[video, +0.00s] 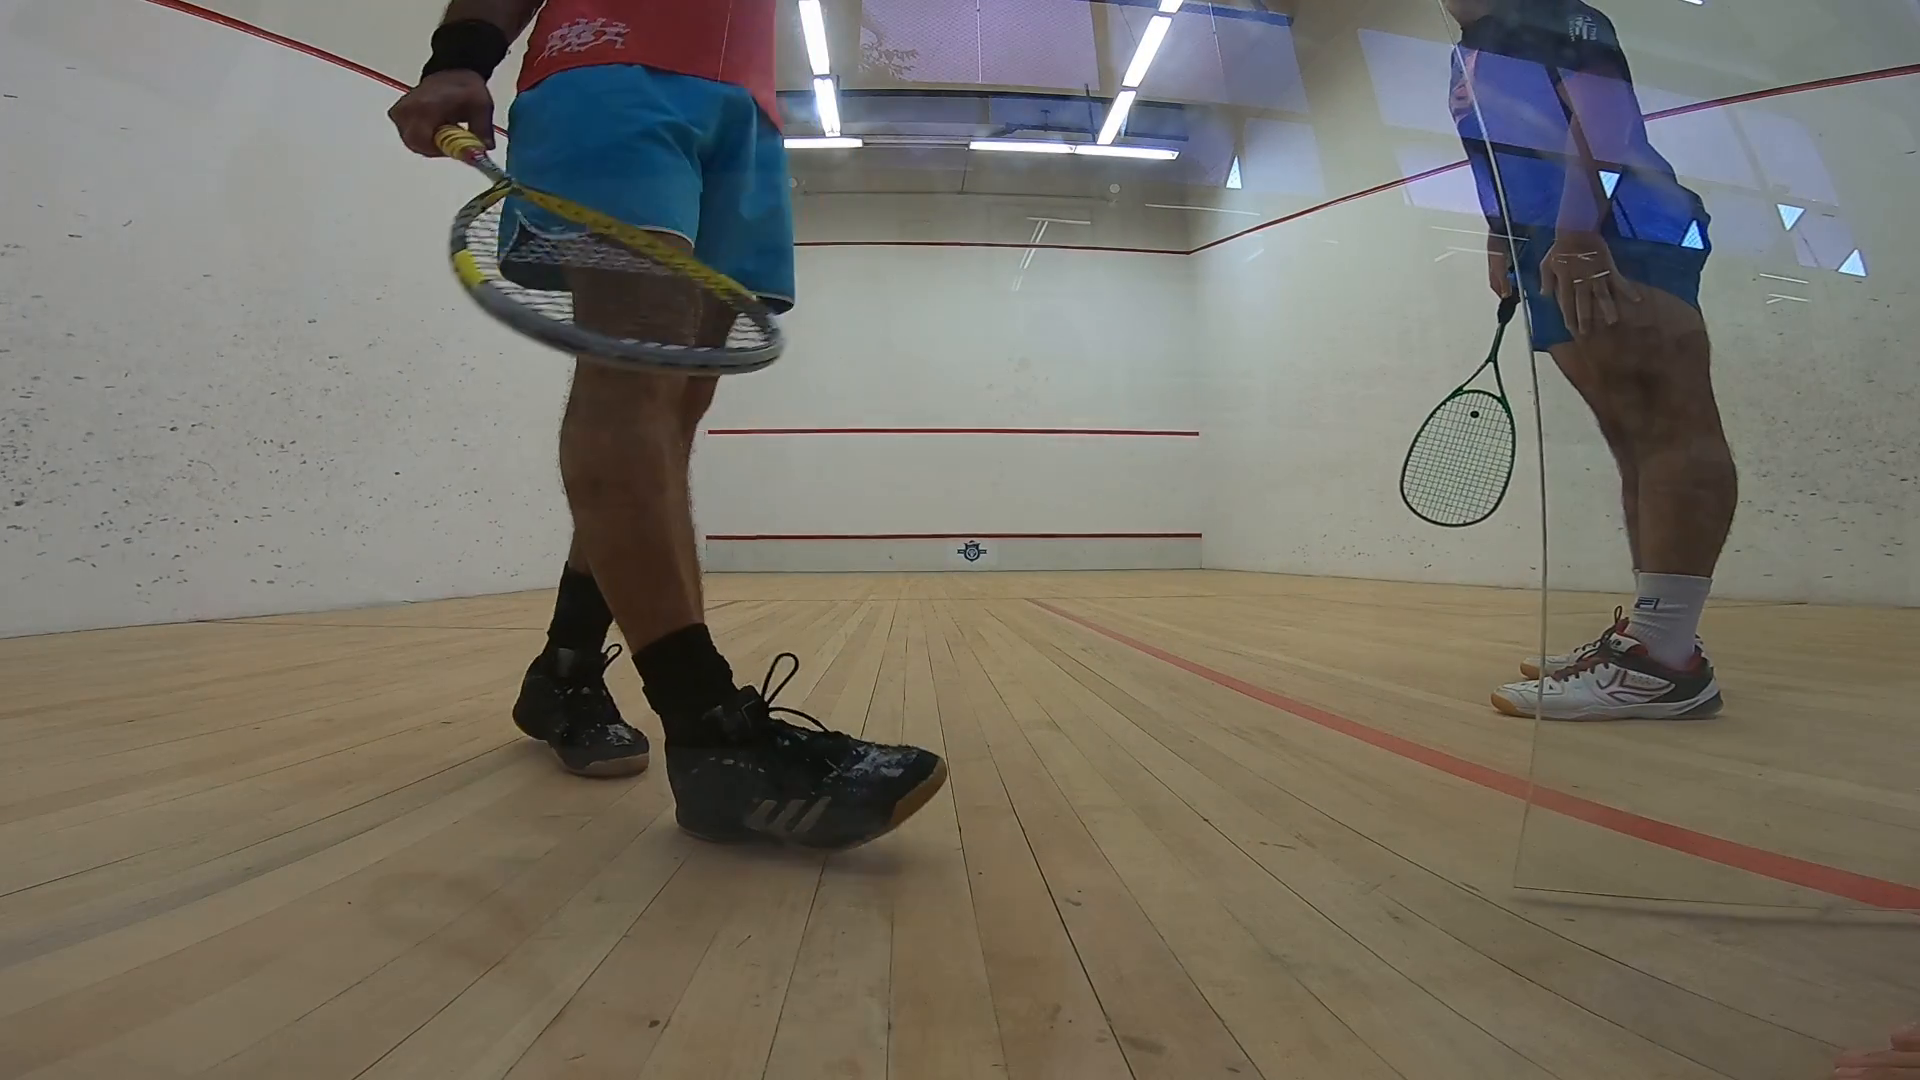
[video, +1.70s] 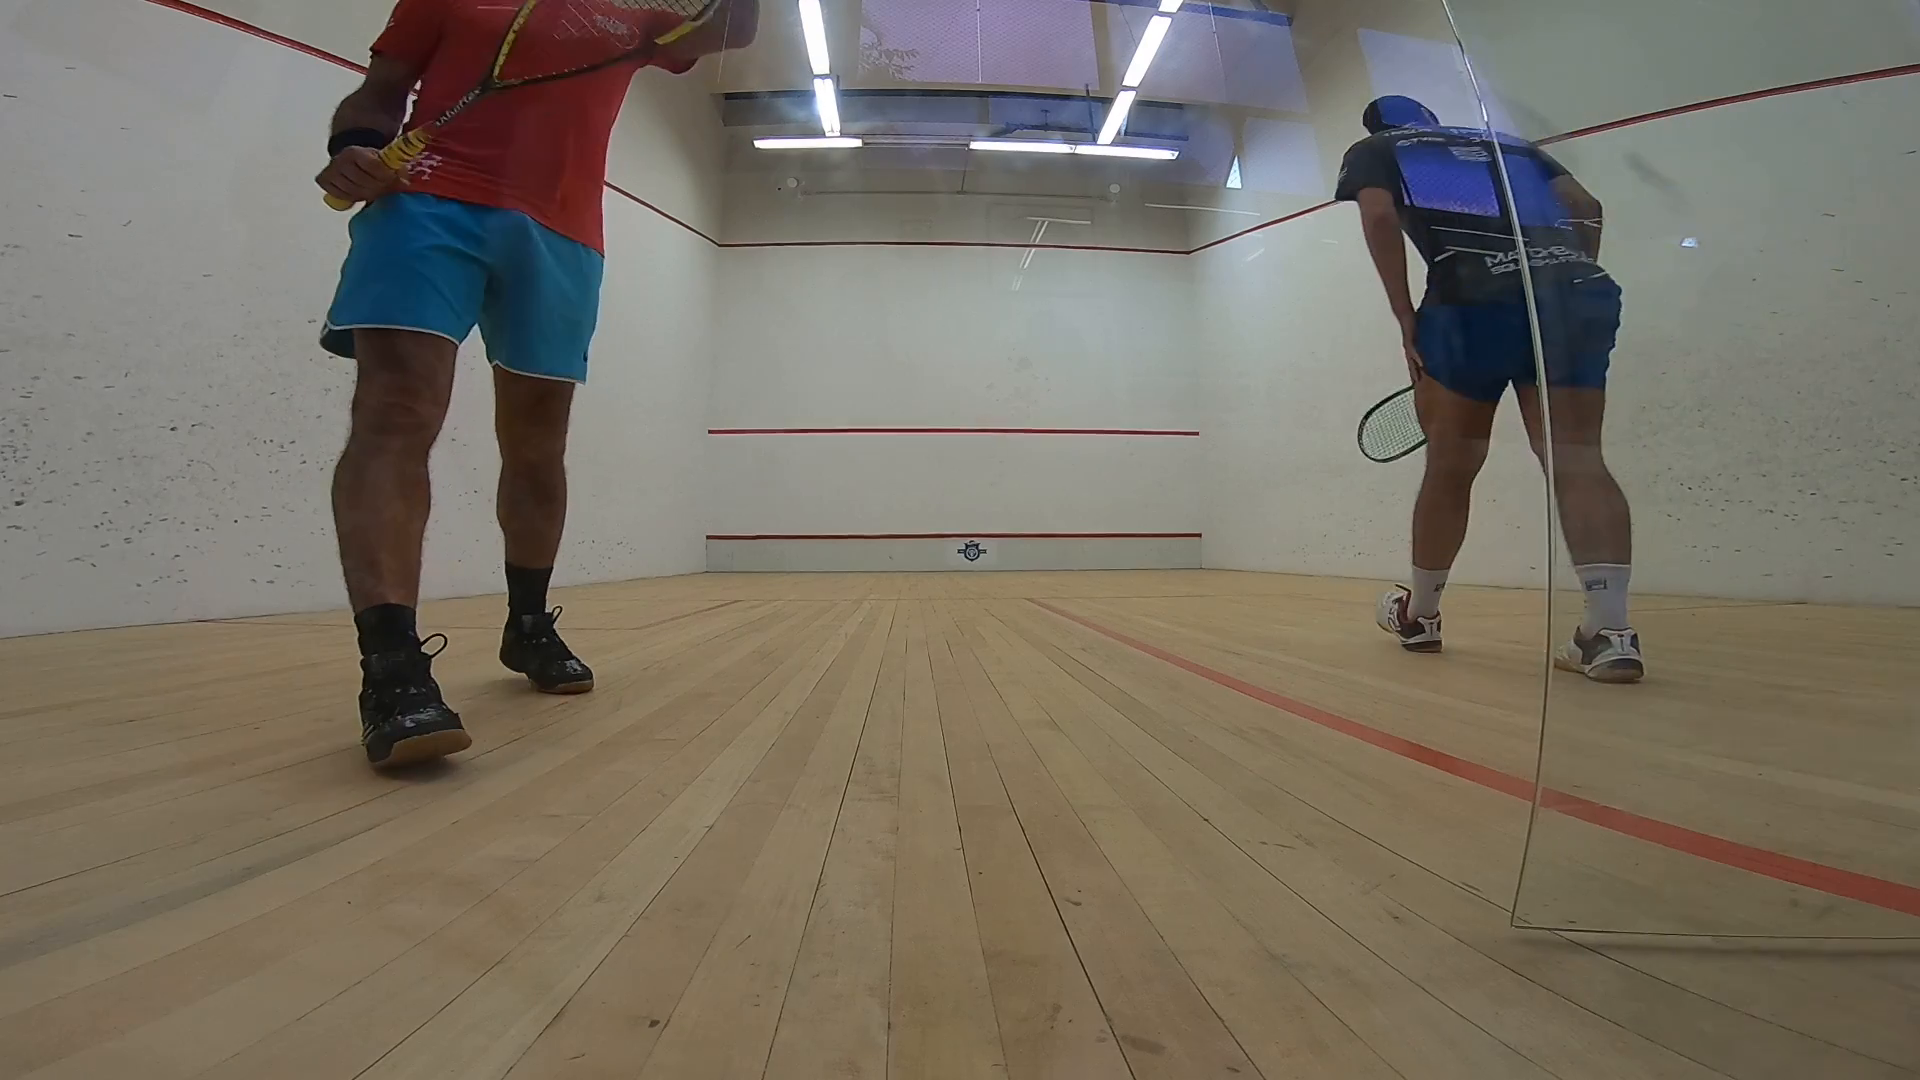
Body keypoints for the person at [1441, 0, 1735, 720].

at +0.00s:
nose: (1446, 3)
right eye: (1444, 6)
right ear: (1461, 8)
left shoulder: (1551, 15)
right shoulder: (1469, 57)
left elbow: (1605, 114)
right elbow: (1503, 155)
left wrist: (1579, 228)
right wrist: (1502, 241)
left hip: (1620, 233)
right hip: (1560, 253)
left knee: (1673, 430)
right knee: (1633, 441)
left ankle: (1667, 656)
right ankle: (1657, 642)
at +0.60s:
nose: (1348, 22)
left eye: (1340, 4)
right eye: (1336, 14)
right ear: (1364, 6)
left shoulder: (1487, 19)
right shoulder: (1459, 37)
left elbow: (1553, 122)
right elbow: (1528, 141)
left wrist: (1561, 229)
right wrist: (1543, 241)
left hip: (1637, 209)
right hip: (1596, 220)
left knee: (1625, 418)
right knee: (1593, 424)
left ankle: (1668, 658)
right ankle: (1648, 642)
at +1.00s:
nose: (1373, 102)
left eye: (1358, 90)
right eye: (1361, 100)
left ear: (1358, 54)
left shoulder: (1405, 54)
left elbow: (1464, 136)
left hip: (1605, 227)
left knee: (1624, 423)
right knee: (1611, 423)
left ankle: (1663, 658)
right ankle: (1627, 627)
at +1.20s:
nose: (1384, 114)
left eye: (1377, 100)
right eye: (1375, 109)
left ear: (1389, 72)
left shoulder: (1408, 70)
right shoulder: (1538, 94)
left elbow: (1443, 129)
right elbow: (1655, 163)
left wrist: (1461, 253)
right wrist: (1613, 240)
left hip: (1562, 234)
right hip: (1655, 243)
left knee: (1533, 427)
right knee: (1613, 439)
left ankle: (1643, 639)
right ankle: (1622, 635)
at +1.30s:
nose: (1391, 108)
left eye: (1386, 94)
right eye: (1383, 101)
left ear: (1401, 70)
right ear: (1449, 68)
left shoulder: (1414, 72)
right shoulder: (1539, 99)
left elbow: (1444, 141)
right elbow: (1646, 173)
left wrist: (1448, 269)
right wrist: (1615, 244)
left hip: (1533, 240)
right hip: (1637, 249)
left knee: (1474, 430)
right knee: (1603, 449)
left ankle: (1589, 598)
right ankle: (1620, 636)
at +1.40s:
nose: (1396, 113)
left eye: (1391, 100)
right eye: (1389, 106)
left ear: (1403, 76)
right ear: (1450, 70)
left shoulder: (1417, 75)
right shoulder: (1537, 104)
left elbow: (1440, 149)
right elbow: (1633, 177)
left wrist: (1434, 271)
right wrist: (1606, 253)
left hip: (1515, 248)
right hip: (1623, 257)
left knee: (1440, 422)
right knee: (1607, 448)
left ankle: (1530, 591)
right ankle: (1613, 634)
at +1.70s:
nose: (1376, 138)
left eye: (1374, 131)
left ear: (1378, 129)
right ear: (1430, 122)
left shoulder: (1373, 148)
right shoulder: (1498, 142)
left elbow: (1380, 218)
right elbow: (1587, 208)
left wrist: (1407, 321)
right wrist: (1567, 305)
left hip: (1474, 299)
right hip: (1575, 295)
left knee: (1450, 467)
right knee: (1580, 456)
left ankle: (1422, 613)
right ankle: (1611, 632)